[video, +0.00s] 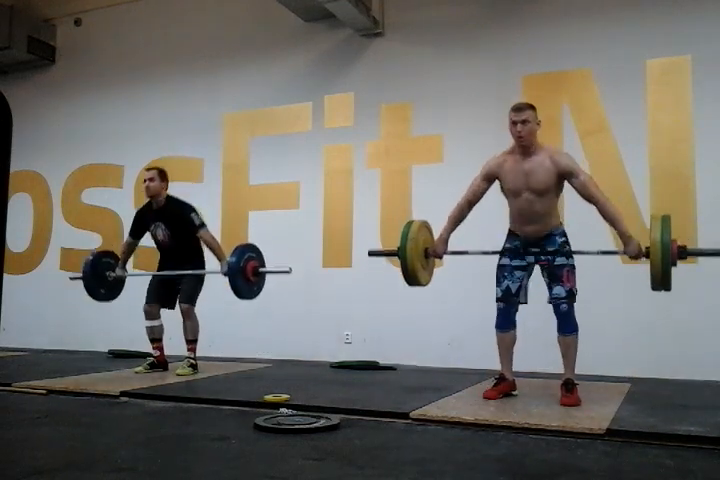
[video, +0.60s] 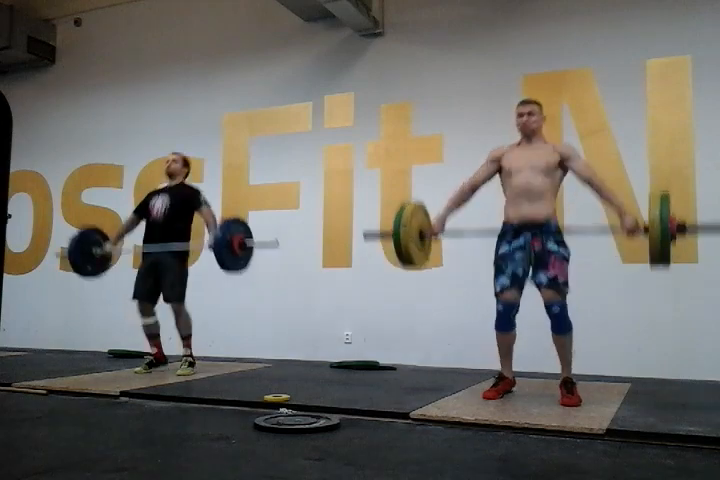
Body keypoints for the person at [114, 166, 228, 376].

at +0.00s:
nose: (146, 184)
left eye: (151, 180)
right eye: (144, 181)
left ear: (164, 184)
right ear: (143, 186)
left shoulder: (183, 209)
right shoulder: (144, 214)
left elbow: (205, 235)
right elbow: (131, 242)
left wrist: (223, 260)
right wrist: (121, 265)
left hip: (193, 265)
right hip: (167, 265)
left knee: (186, 306)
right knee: (150, 308)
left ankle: (191, 360)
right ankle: (159, 359)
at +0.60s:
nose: (169, 163)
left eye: (175, 161)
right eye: (168, 161)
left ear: (185, 170)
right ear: (164, 168)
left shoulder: (191, 193)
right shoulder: (153, 195)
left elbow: (207, 214)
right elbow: (133, 220)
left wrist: (213, 235)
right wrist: (112, 241)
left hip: (175, 256)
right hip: (150, 257)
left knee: (176, 304)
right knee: (144, 304)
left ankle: (188, 356)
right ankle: (157, 355)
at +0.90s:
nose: (156, 190)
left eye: (161, 187)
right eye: (155, 187)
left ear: (172, 190)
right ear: (153, 191)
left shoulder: (184, 209)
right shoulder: (148, 211)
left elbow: (206, 203)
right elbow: (122, 207)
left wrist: (205, 180)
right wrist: (102, 188)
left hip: (176, 276)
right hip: (152, 277)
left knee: (170, 309)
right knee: (114, 310)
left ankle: (178, 362)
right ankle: (125, 360)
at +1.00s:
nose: (139, 211)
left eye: (144, 207)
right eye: (138, 207)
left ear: (156, 208)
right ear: (136, 209)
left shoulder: (170, 225)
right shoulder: (134, 227)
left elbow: (191, 206)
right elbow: (110, 210)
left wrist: (201, 181)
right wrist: (96, 189)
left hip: (173, 289)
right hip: (148, 291)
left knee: (169, 313)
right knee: (107, 315)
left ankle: (177, 361)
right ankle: (124, 361)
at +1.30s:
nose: (115, 235)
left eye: (120, 231)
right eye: (114, 231)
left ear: (134, 233)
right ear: (112, 234)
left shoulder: (152, 248)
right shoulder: (115, 250)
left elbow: (183, 229)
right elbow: (99, 231)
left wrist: (203, 205)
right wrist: (92, 213)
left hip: (163, 305)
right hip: (138, 308)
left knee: (167, 316)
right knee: (98, 322)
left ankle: (176, 361)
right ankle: (123, 361)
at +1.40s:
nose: (114, 242)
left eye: (119, 237)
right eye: (112, 238)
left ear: (132, 239)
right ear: (110, 241)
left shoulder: (151, 253)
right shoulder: (114, 256)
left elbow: (181, 235)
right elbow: (99, 235)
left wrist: (202, 213)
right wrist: (93, 217)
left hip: (163, 310)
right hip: (137, 312)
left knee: (163, 318)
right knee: (98, 323)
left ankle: (175, 362)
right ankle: (124, 362)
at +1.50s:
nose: (113, 248)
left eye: (118, 243)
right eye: (111, 244)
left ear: (132, 244)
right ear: (109, 246)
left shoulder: (150, 257)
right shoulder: (114, 260)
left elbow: (181, 240)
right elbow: (98, 239)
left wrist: (203, 218)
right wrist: (93, 221)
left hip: (164, 311)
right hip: (138, 313)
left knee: (163, 317)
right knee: (99, 321)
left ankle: (175, 362)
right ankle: (125, 362)